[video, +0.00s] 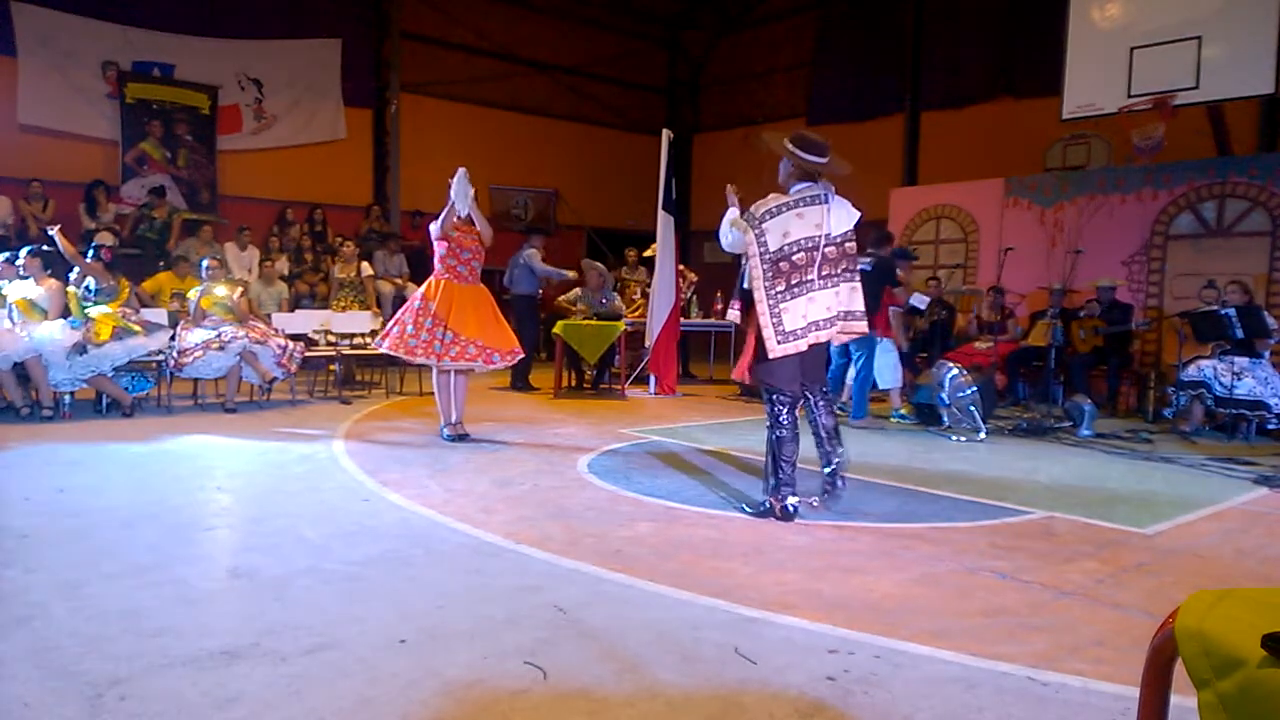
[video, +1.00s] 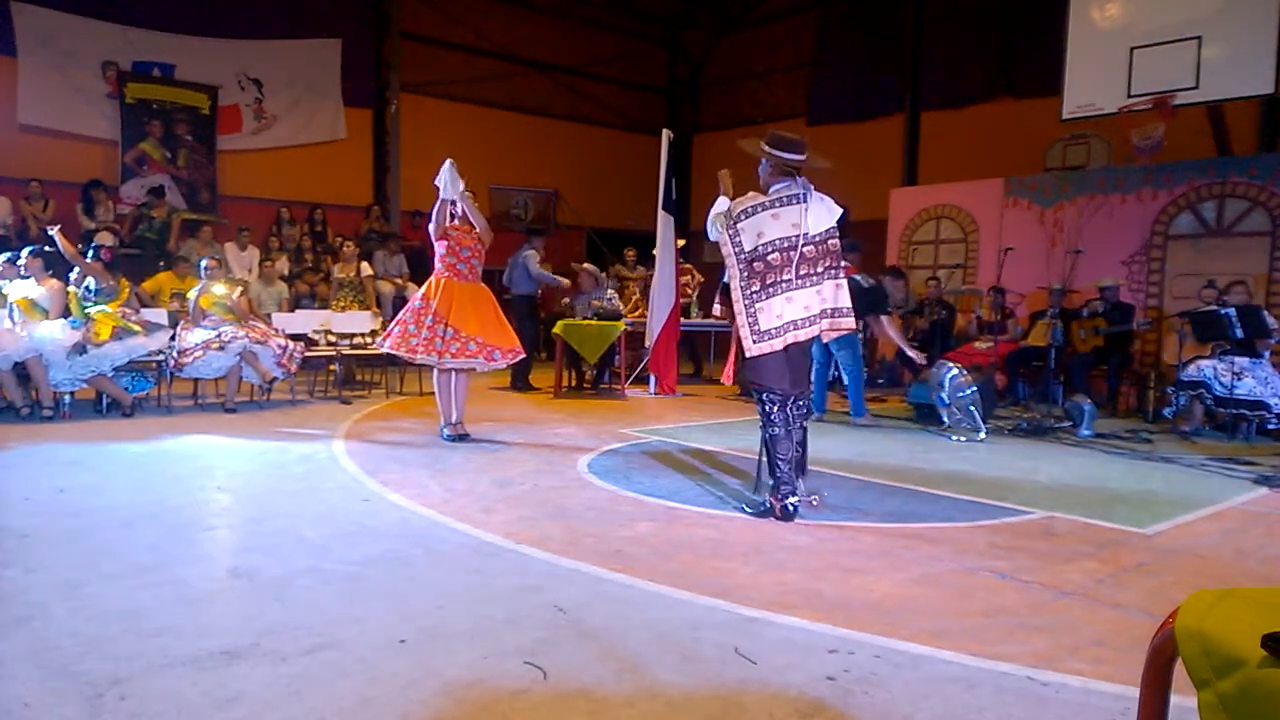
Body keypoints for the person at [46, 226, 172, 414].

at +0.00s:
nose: (87, 263)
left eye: (89, 259)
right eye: (88, 259)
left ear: (97, 259)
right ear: (107, 259)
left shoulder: (101, 275)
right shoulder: (122, 282)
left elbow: (73, 255)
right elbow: (135, 308)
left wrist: (56, 233)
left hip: (103, 332)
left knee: (79, 365)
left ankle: (125, 399)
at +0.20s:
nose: (87, 264)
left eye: (90, 259)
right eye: (88, 259)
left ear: (98, 260)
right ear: (108, 260)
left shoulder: (101, 276)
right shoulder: (122, 283)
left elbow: (73, 256)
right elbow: (135, 309)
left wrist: (56, 233)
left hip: (103, 332)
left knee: (78, 364)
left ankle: (126, 399)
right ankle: (124, 398)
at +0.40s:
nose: (87, 263)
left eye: (89, 259)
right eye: (88, 259)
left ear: (97, 260)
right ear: (107, 260)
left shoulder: (101, 276)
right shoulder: (122, 283)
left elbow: (73, 256)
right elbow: (135, 310)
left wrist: (56, 233)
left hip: (102, 332)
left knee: (78, 364)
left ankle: (126, 400)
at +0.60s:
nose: (86, 263)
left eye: (89, 258)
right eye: (88, 258)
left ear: (97, 259)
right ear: (108, 259)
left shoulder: (100, 275)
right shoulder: (122, 283)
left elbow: (73, 256)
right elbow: (135, 309)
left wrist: (56, 233)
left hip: (102, 332)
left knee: (78, 365)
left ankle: (126, 400)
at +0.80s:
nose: (87, 262)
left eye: (89, 258)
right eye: (88, 258)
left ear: (97, 259)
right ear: (108, 259)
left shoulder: (101, 275)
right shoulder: (122, 283)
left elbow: (74, 256)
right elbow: (136, 309)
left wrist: (56, 233)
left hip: (102, 332)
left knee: (79, 365)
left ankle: (126, 400)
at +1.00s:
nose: (86, 263)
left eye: (89, 259)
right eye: (87, 259)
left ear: (97, 259)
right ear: (106, 260)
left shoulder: (101, 276)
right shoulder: (122, 283)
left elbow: (73, 256)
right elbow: (135, 309)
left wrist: (56, 233)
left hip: (103, 332)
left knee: (79, 365)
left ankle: (126, 400)